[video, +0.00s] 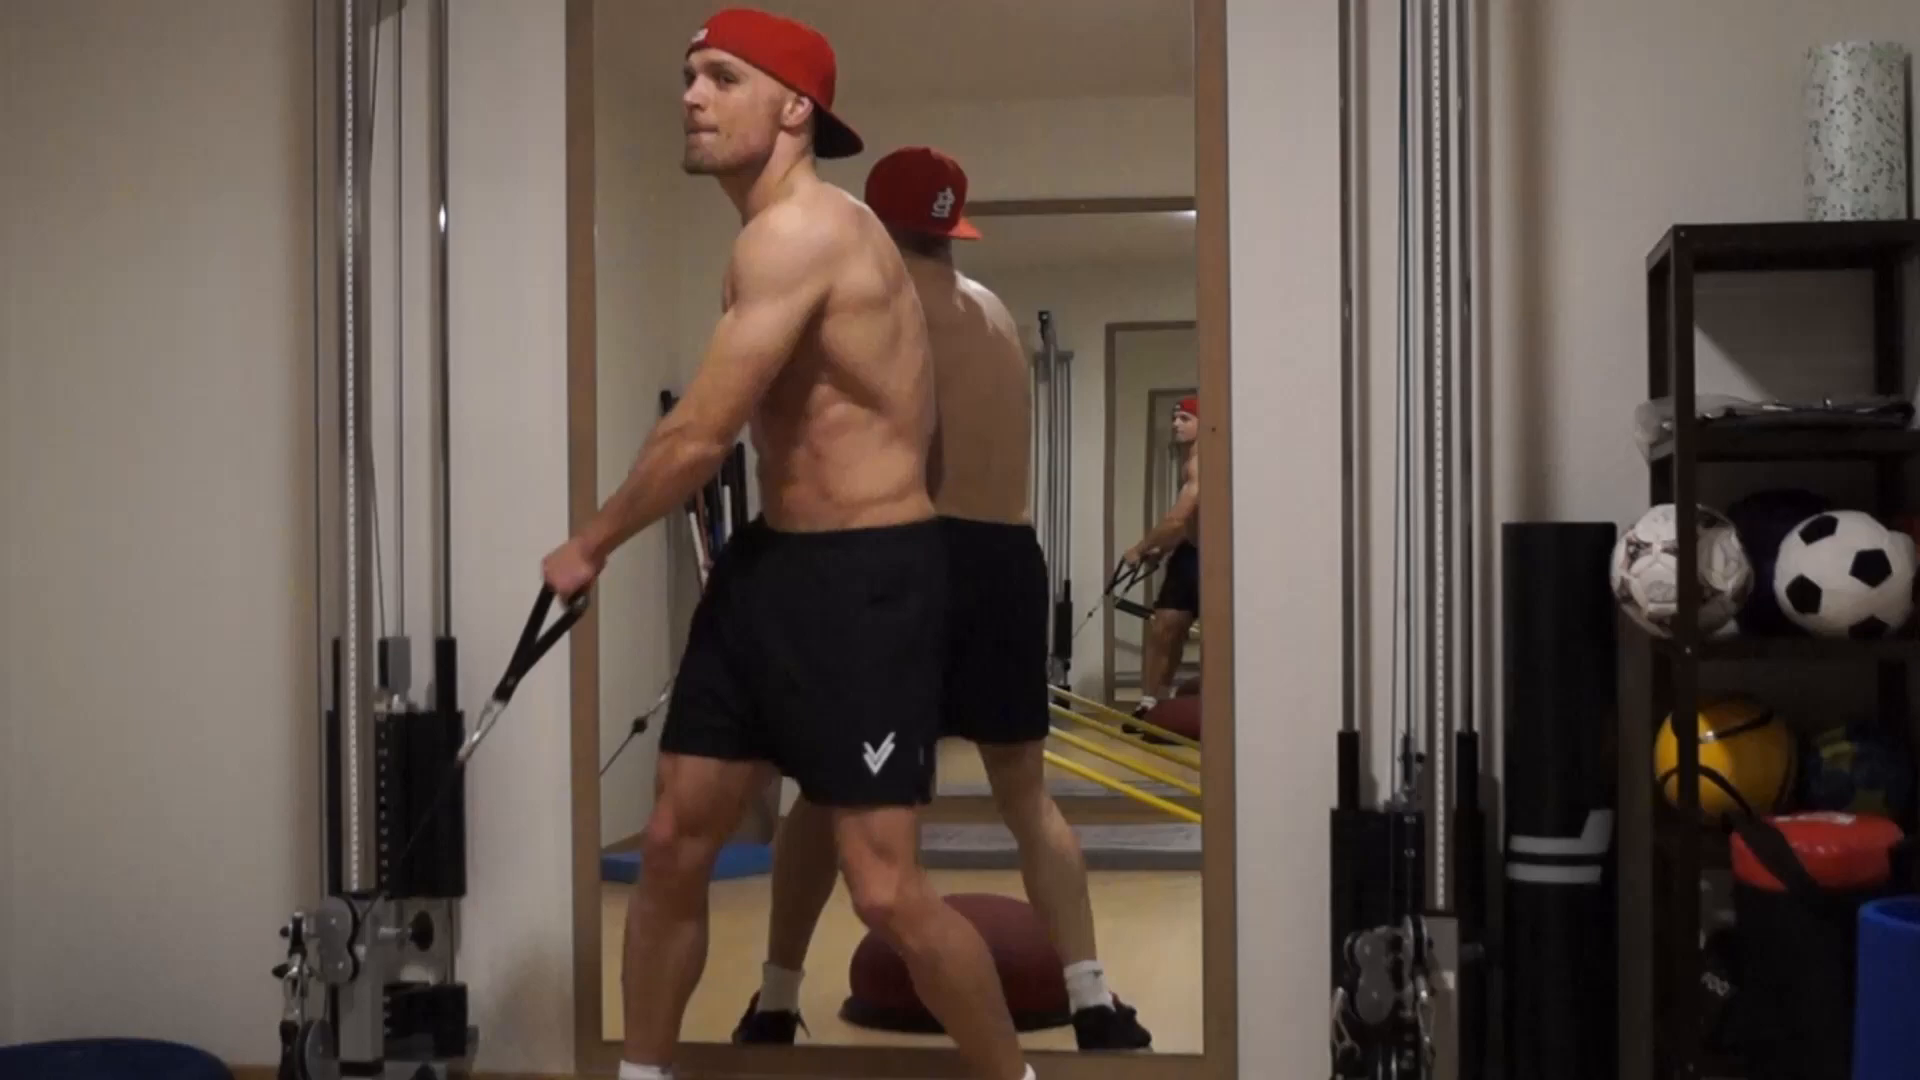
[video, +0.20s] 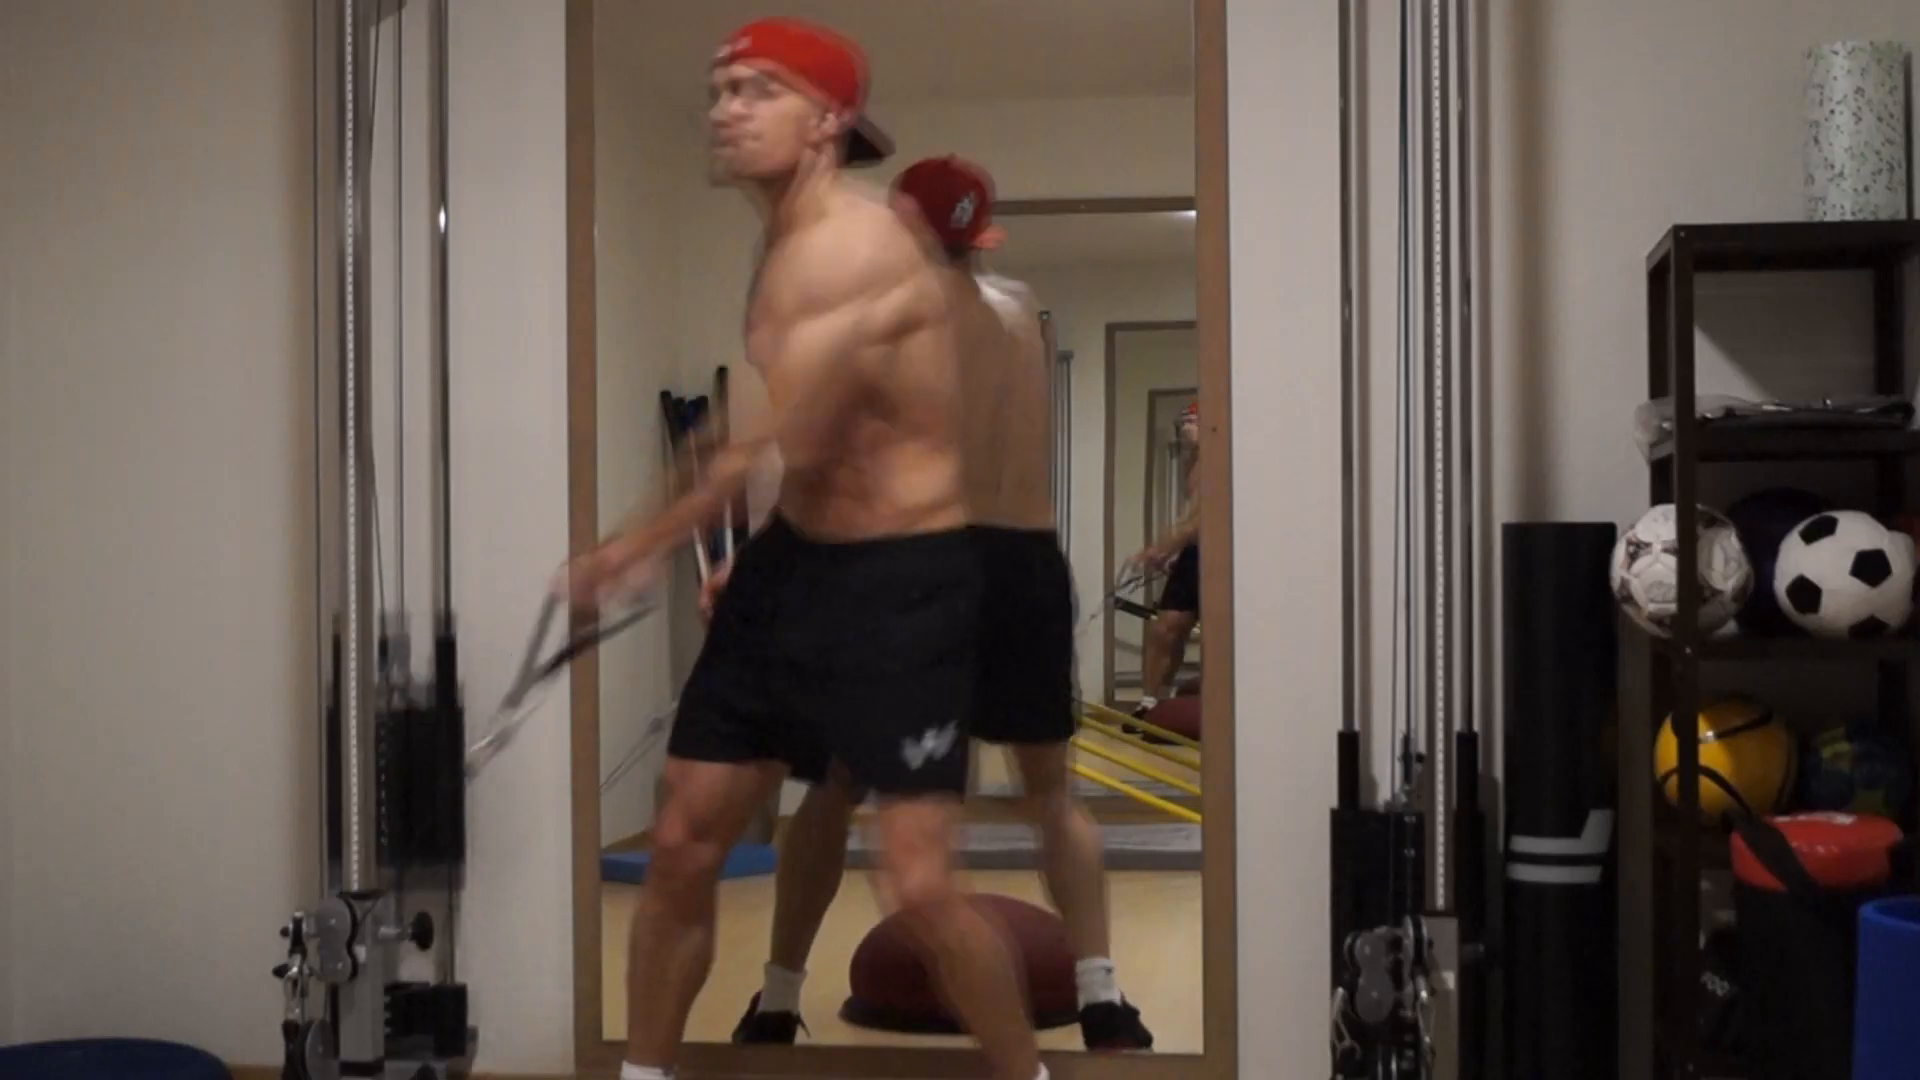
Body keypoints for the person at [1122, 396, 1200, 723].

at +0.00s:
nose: (1177, 424)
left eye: (1184, 419)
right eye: (1176, 419)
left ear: (1201, 424)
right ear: (1178, 425)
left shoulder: (1198, 461)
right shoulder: (1196, 458)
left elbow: (1180, 519)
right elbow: (1187, 522)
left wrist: (1142, 547)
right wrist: (1160, 549)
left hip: (1192, 553)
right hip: (1193, 552)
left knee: (1162, 623)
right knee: (1173, 625)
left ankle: (1150, 699)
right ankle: (1160, 696)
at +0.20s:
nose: (1186, 428)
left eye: (1191, 422)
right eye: (1185, 422)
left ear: (1207, 426)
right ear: (1189, 428)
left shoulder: (1214, 463)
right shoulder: (1198, 464)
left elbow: (1203, 517)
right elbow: (1193, 515)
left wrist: (1166, 547)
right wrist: (1165, 549)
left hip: (1205, 550)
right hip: (1194, 550)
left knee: (1170, 624)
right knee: (1169, 624)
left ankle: (1153, 698)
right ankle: (1152, 698)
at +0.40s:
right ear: (1211, 424)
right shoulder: (1189, 457)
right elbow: (1162, 480)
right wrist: (1179, 515)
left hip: (1223, 546)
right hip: (1197, 544)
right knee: (1178, 629)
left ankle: (1164, 695)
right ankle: (1151, 698)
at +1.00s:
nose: (1176, 434)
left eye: (1182, 426)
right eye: (1173, 427)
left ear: (1201, 426)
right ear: (1173, 430)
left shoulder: (1212, 459)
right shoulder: (1183, 461)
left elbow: (1216, 513)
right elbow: (1195, 510)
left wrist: (1177, 529)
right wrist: (1182, 534)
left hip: (1213, 549)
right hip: (1189, 547)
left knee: (1217, 630)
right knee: (1166, 624)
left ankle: (1210, 702)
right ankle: (1150, 699)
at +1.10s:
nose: (1169, 437)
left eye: (1175, 430)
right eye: (1167, 431)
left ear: (1194, 431)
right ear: (1185, 434)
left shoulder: (1197, 460)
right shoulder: (1194, 459)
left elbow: (1191, 519)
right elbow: (1193, 521)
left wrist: (1150, 540)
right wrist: (1163, 543)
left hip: (1195, 552)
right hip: (1196, 550)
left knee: (1163, 624)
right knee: (1170, 626)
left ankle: (1148, 700)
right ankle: (1159, 697)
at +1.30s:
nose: (1173, 445)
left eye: (1179, 437)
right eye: (1171, 438)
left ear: (1198, 437)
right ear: (1176, 440)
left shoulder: (1198, 470)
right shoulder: (1202, 469)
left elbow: (1173, 522)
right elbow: (1182, 530)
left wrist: (1133, 556)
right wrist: (1149, 557)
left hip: (1199, 556)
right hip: (1195, 555)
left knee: (1164, 623)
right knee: (1167, 624)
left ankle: (1148, 700)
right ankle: (1153, 699)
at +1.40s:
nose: (1187, 439)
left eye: (1191, 432)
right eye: (1184, 433)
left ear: (1206, 431)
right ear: (1182, 437)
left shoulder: (1216, 466)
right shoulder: (1192, 468)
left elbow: (1209, 517)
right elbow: (1193, 517)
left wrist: (1175, 540)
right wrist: (1172, 545)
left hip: (1209, 550)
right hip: (1190, 551)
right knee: (1166, 626)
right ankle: (1150, 699)